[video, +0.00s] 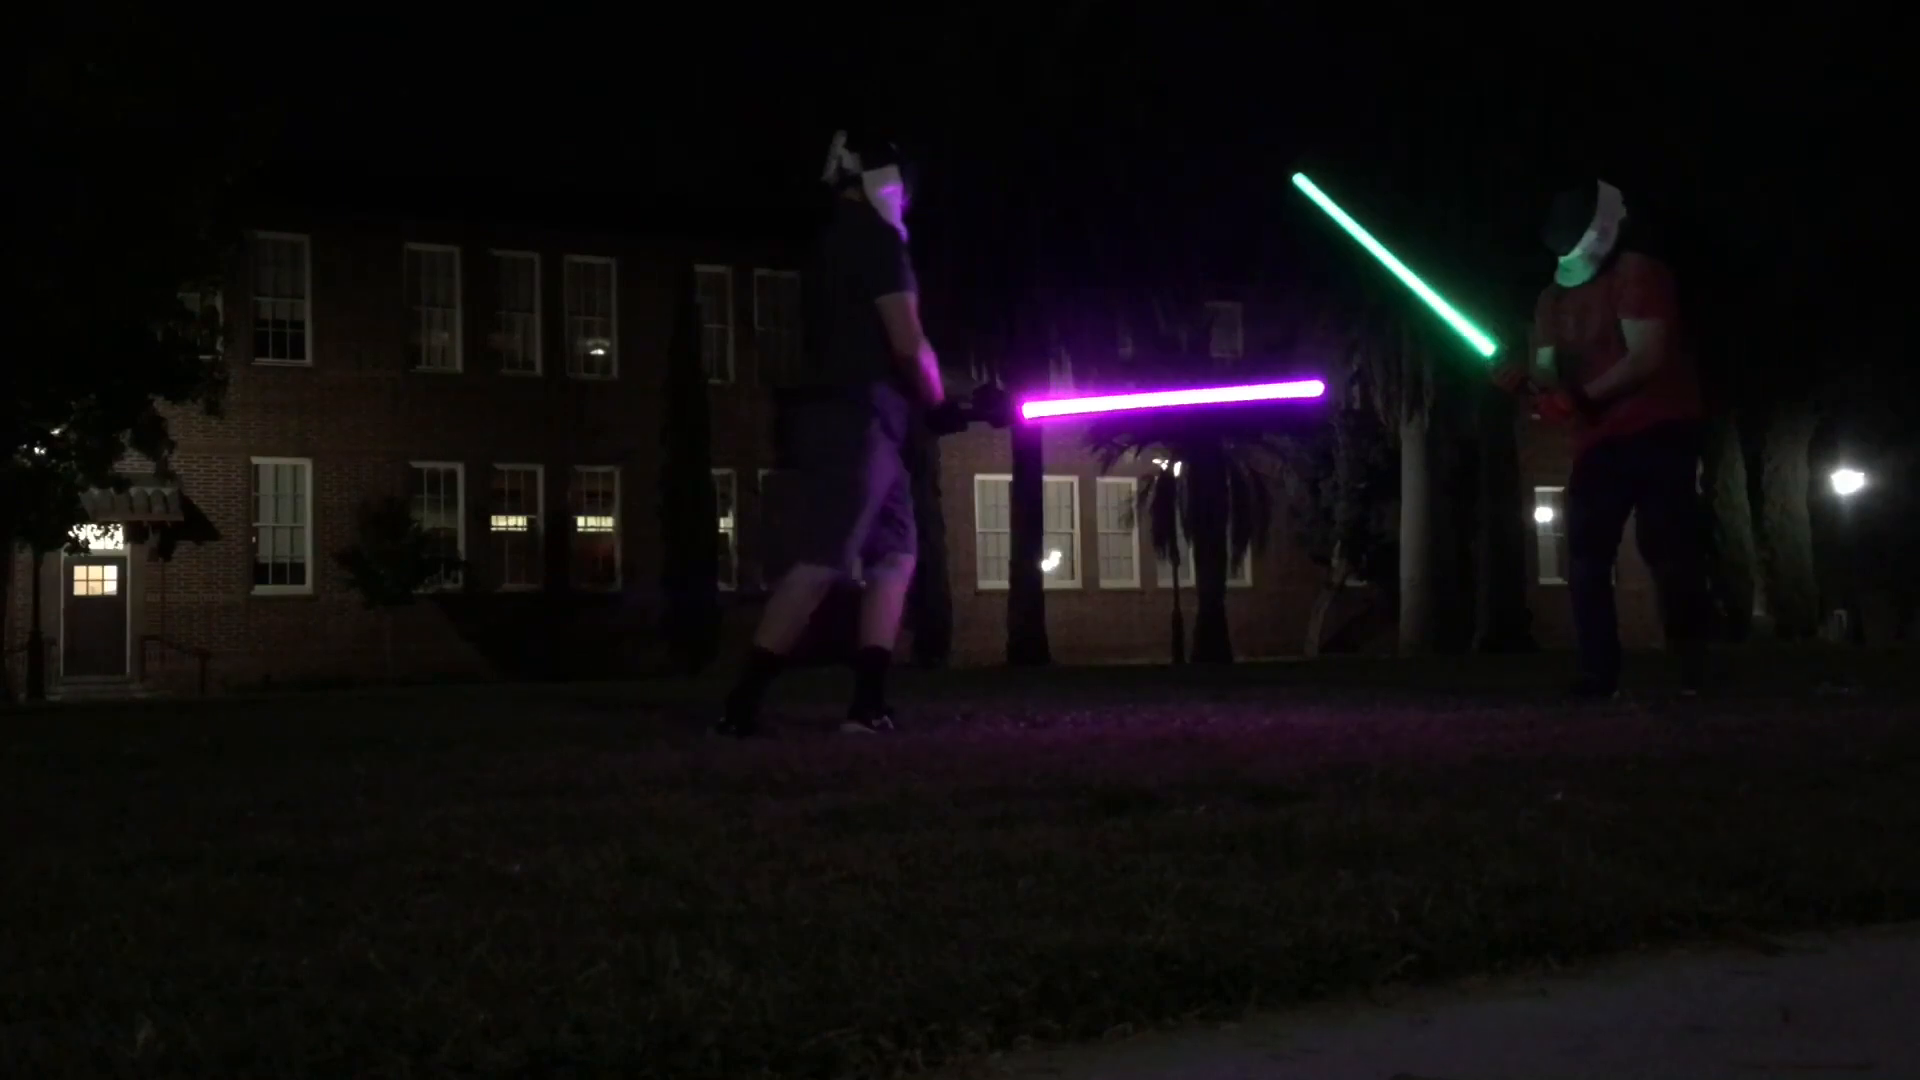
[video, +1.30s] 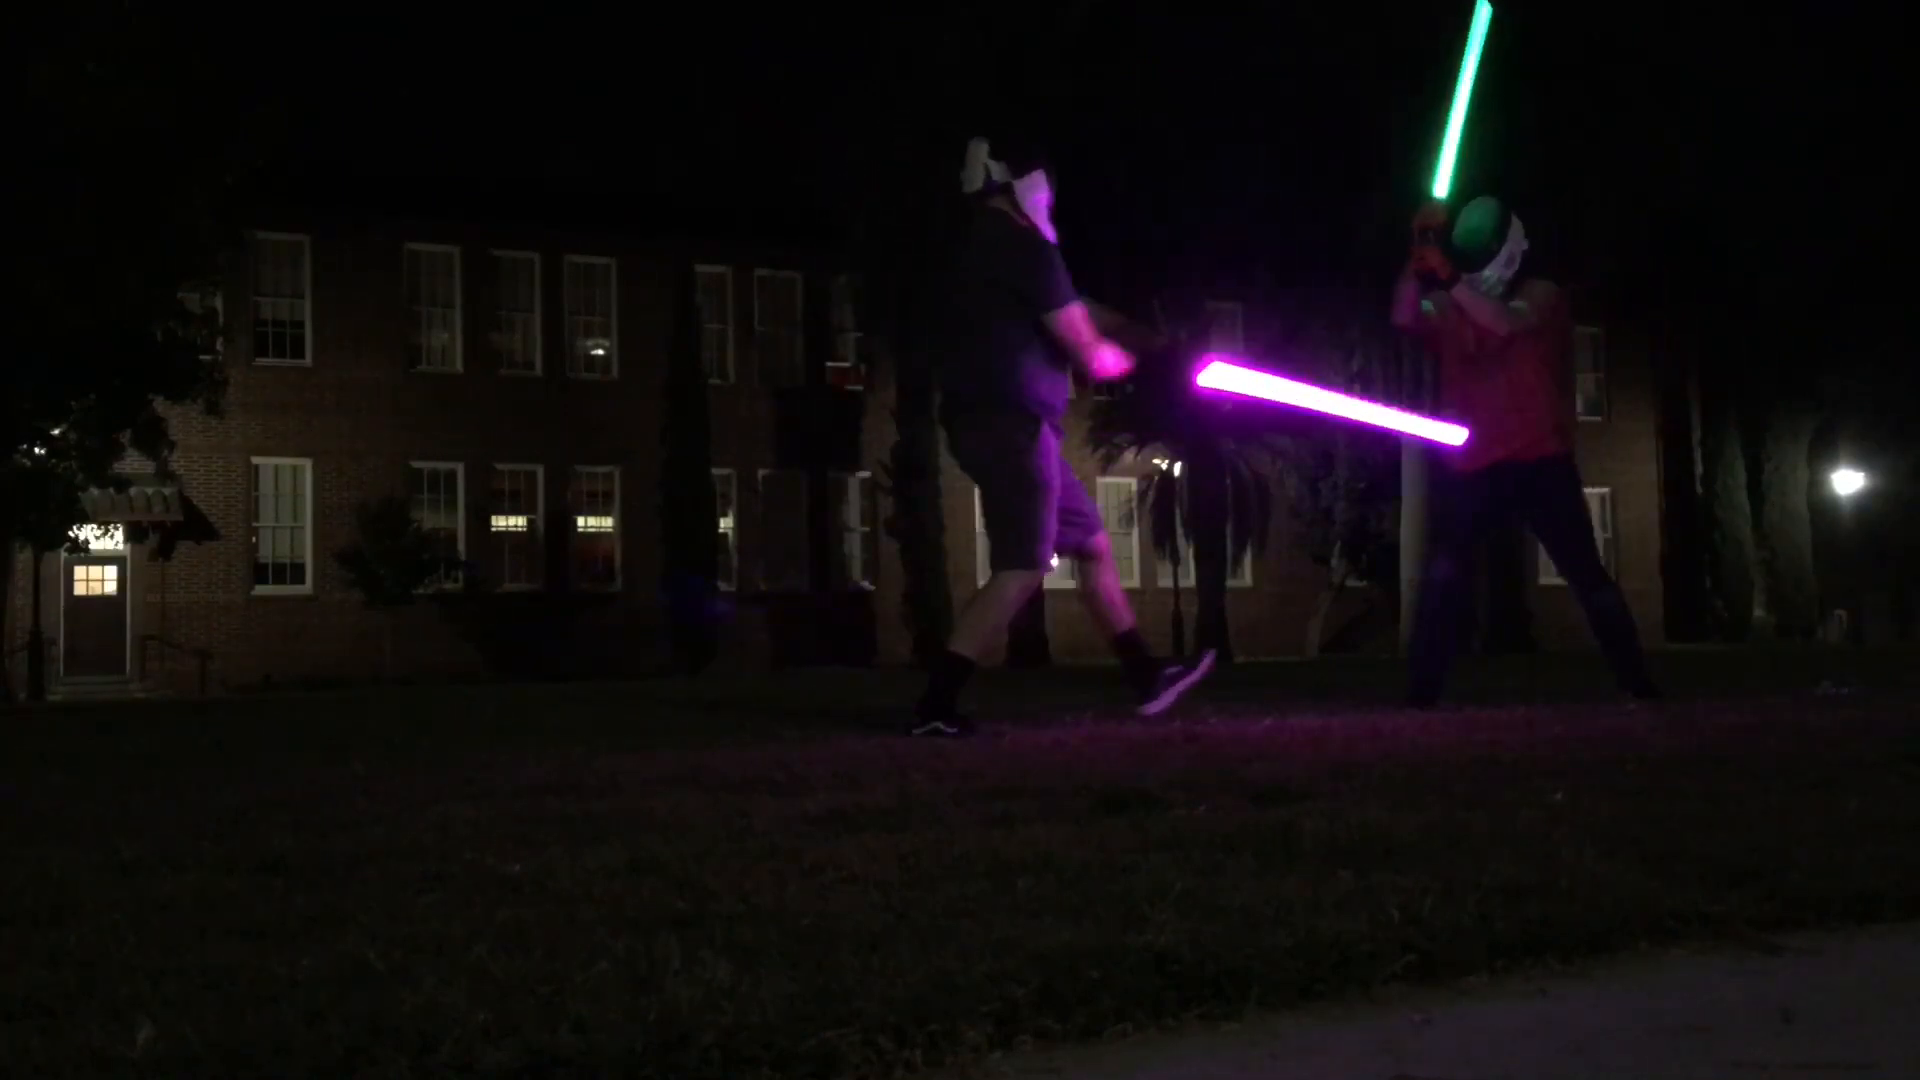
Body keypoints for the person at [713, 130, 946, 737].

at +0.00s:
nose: (903, 197)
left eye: (901, 184)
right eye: (895, 184)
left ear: (852, 188)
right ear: (867, 186)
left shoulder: (832, 238)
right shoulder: (877, 240)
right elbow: (909, 344)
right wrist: (939, 402)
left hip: (851, 421)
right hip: (858, 422)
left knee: (895, 554)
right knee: (824, 560)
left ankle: (869, 702)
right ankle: (744, 700)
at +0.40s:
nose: (900, 192)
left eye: (896, 179)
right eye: (891, 179)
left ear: (849, 185)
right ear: (867, 184)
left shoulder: (837, 237)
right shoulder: (872, 238)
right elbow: (908, 342)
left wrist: (927, 407)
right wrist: (943, 405)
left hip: (872, 428)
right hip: (849, 427)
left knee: (911, 553)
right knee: (828, 564)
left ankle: (885, 704)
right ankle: (741, 701)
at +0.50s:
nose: (912, 193)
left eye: (909, 180)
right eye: (903, 181)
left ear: (866, 184)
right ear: (878, 183)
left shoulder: (848, 233)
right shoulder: (881, 234)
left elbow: (903, 333)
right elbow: (914, 337)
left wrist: (956, 388)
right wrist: (952, 399)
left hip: (865, 413)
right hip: (870, 415)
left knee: (906, 555)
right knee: (891, 553)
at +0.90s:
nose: (964, 177)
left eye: (962, 164)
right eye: (956, 166)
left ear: (910, 170)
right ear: (929, 168)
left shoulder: (886, 225)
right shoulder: (938, 228)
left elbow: (936, 330)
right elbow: (974, 330)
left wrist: (1018, 357)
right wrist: (1006, 381)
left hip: (896, 407)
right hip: (935, 409)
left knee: (931, 550)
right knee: (976, 544)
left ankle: (905, 688)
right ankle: (932, 696)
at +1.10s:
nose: (1001, 177)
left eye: (998, 164)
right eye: (994, 164)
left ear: (942, 169)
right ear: (969, 167)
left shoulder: (918, 226)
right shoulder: (974, 232)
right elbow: (1013, 343)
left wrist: (1038, 365)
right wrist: (1043, 389)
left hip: (941, 407)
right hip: (972, 410)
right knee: (1009, 553)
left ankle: (986, 676)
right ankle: (941, 696)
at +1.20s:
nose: (1025, 189)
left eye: (1021, 176)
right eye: (1016, 176)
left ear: (964, 182)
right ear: (989, 179)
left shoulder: (940, 236)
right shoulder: (998, 241)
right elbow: (1041, 356)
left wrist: (1040, 364)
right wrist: (1066, 377)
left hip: (959, 414)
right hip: (990, 417)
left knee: (1059, 533)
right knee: (1018, 559)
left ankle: (1072, 686)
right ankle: (936, 705)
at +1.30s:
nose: (1050, 193)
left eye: (1046, 181)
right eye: (1042, 182)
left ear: (991, 187)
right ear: (1017, 186)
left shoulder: (974, 241)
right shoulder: (1027, 248)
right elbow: (1092, 356)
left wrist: (1095, 343)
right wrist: (1123, 357)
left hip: (991, 419)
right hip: (1015, 423)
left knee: (1091, 542)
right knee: (1025, 566)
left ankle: (1146, 677)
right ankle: (937, 704)